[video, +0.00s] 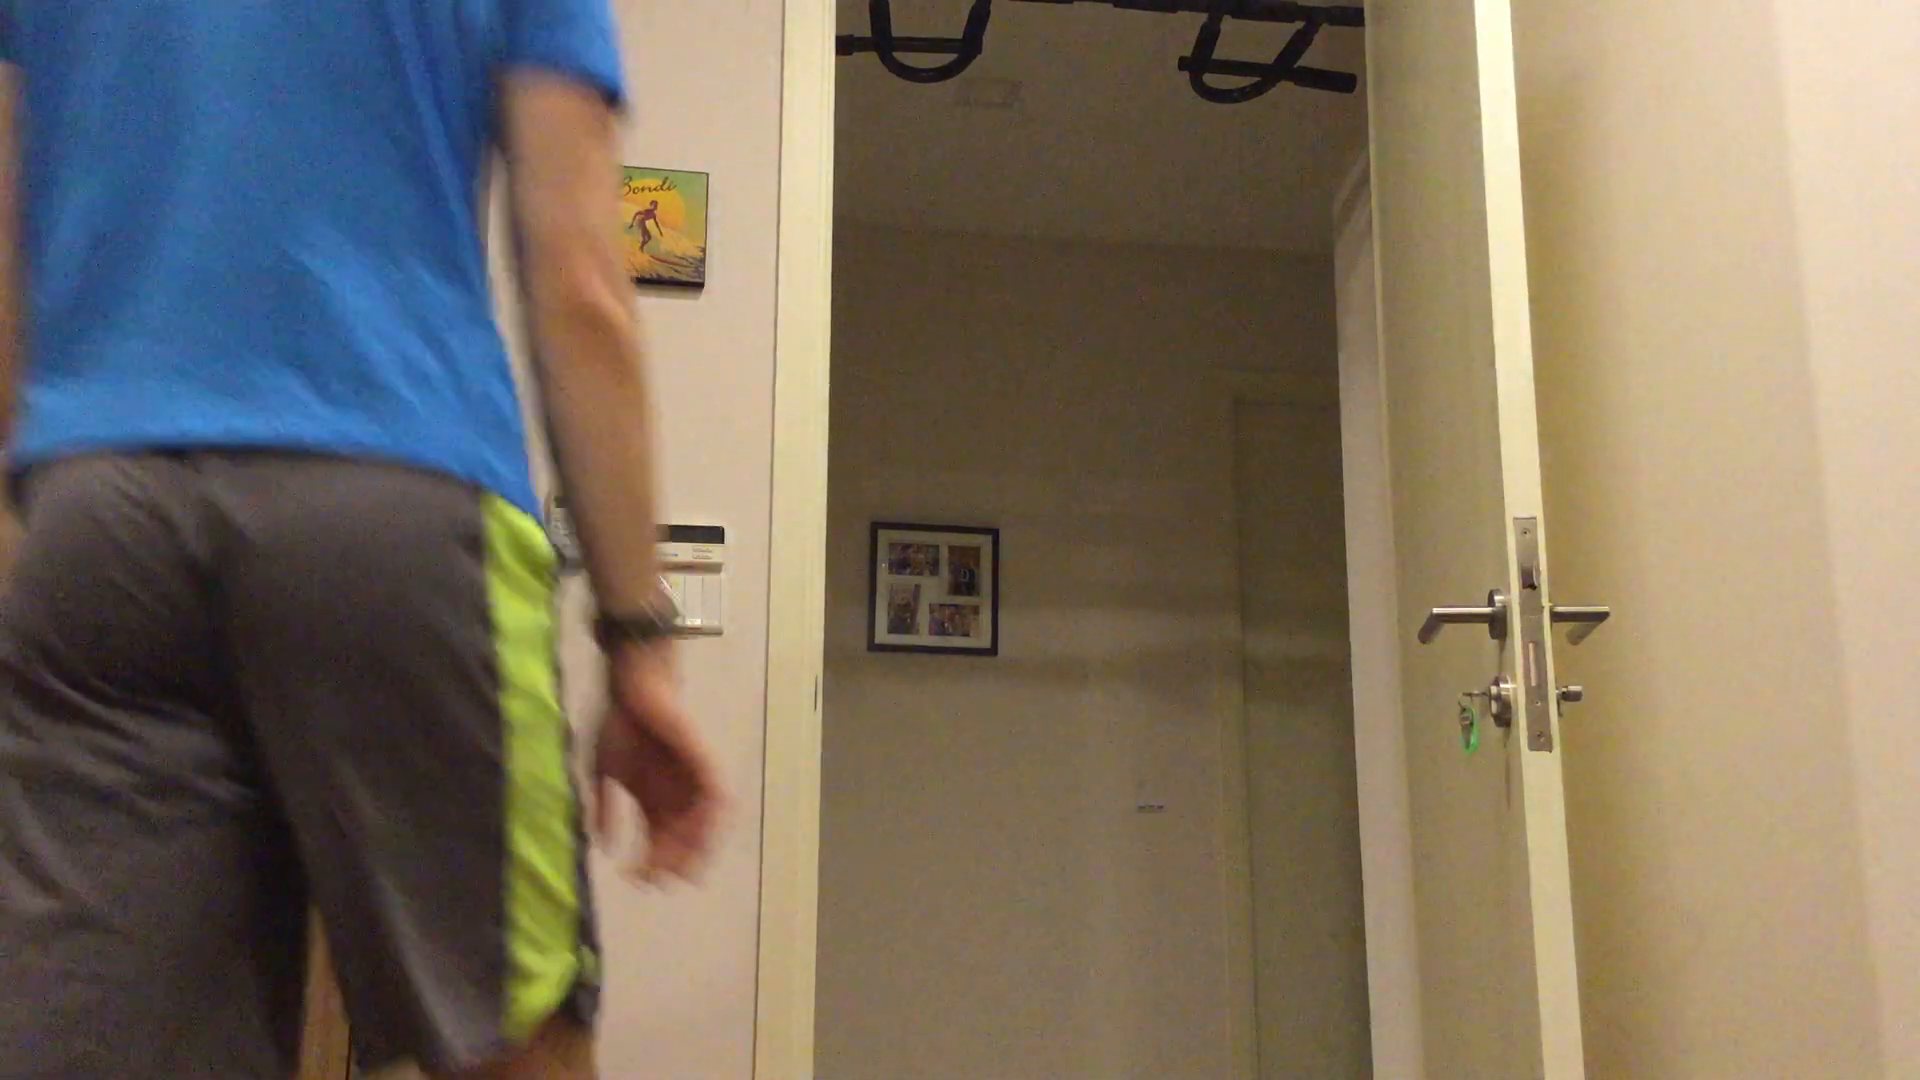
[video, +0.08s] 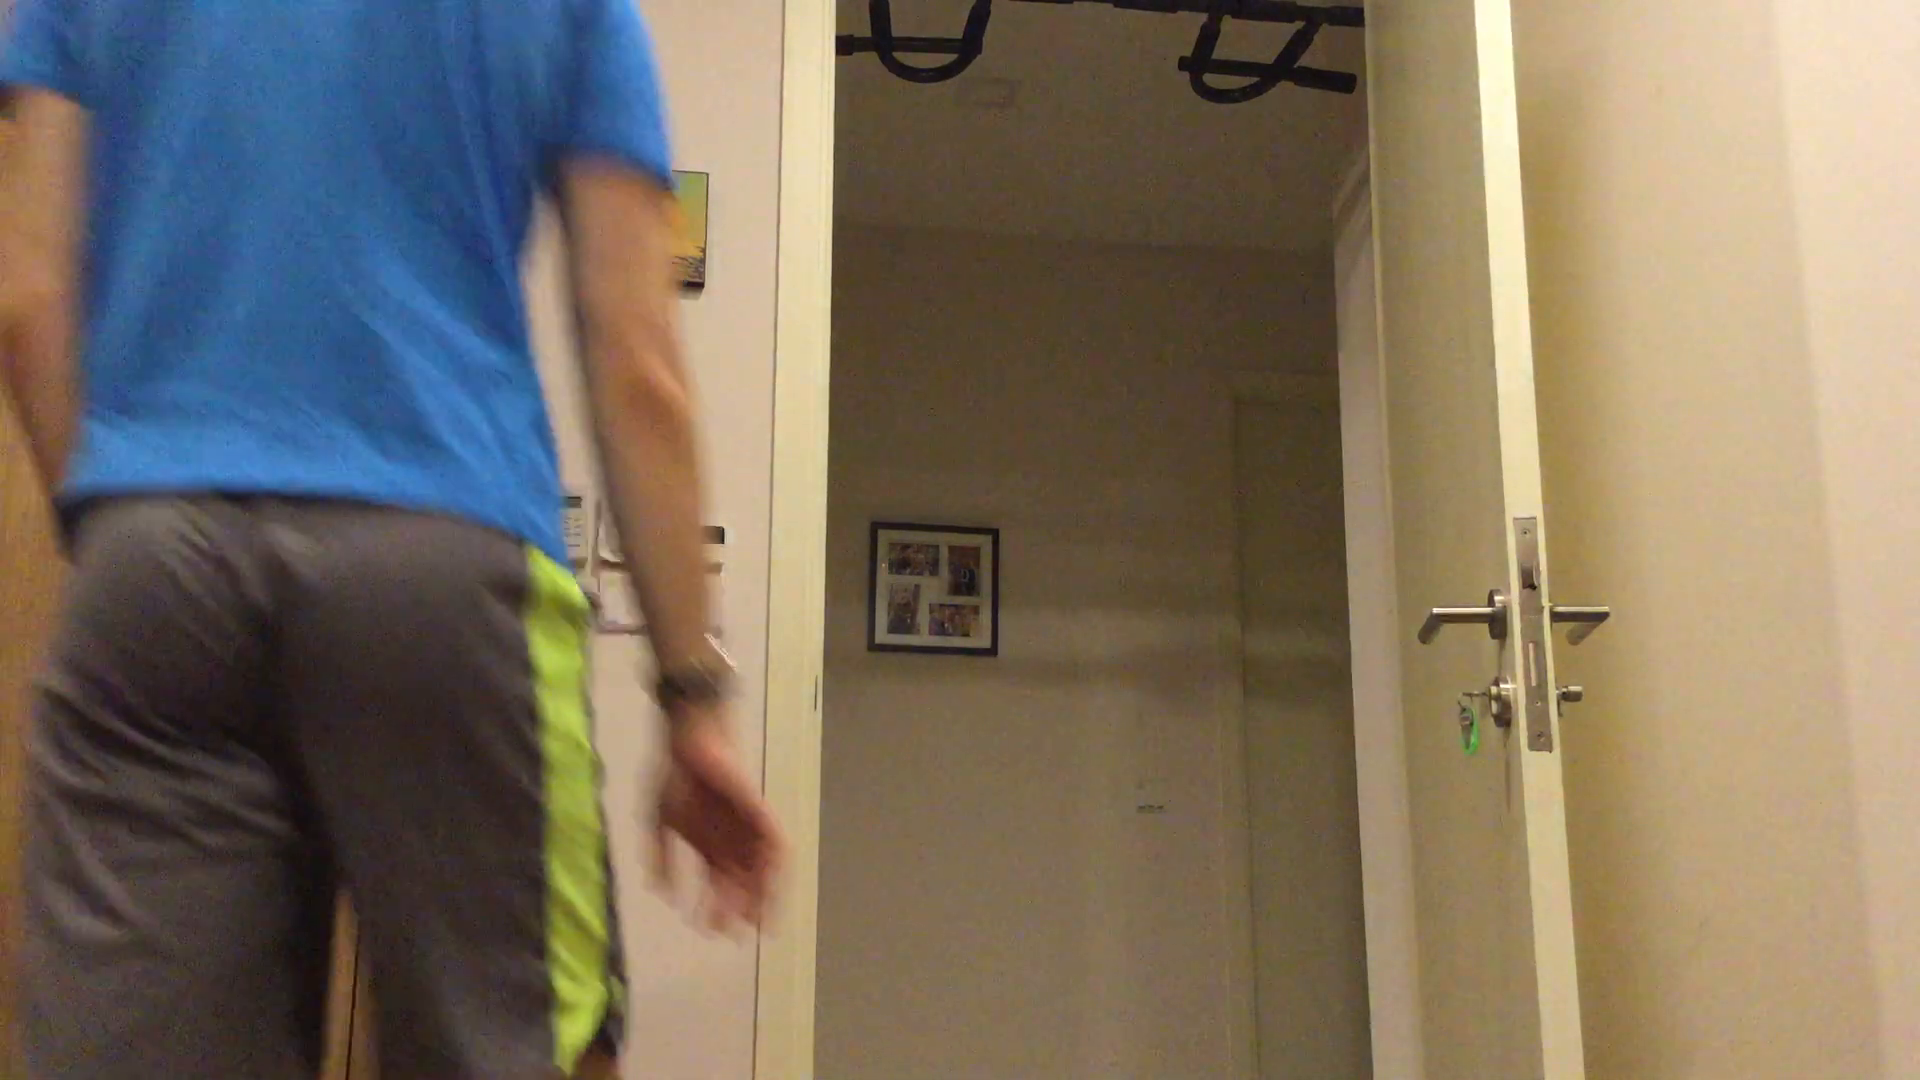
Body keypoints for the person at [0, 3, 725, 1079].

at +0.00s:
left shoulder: (47, 20)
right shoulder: (515, 7)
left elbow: (11, 255)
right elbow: (580, 284)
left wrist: (27, 492)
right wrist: (642, 641)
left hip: (86, 500)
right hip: (401, 517)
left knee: (104, 1051)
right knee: (513, 1042)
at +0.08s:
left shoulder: (79, 6)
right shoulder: (564, 11)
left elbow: (29, 304)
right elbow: (637, 356)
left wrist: (117, 548)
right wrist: (695, 697)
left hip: (151, 540)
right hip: (445, 560)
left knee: (134, 1054)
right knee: (511, 1054)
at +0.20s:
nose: (712, 52)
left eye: (717, 38)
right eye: (714, 31)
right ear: (673, 3)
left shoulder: (276, 23)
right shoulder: (657, 91)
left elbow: (132, 351)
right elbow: (736, 507)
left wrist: (166, 598)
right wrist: (794, 804)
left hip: (230, 603)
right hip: (500, 630)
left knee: (180, 1057)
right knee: (540, 1059)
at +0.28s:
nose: (760, 169)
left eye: (773, 148)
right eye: (767, 136)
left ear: (615, 46)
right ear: (728, 79)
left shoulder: (383, 89)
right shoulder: (724, 178)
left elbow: (209, 371)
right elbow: (792, 582)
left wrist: (228, 616)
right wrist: (856, 873)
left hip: (274, 618)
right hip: (532, 649)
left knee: (229, 1040)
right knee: (560, 1050)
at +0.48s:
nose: (894, 443)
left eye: (909, 426)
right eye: (905, 412)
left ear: (787, 302)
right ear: (878, 352)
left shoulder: (560, 278)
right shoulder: (838, 387)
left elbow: (340, 437)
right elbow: (898, 770)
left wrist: (310, 670)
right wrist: (975, 1041)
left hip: (356, 556)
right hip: (583, 599)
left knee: (288, 1025)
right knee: (642, 1044)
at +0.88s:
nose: (962, 659)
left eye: (985, 652)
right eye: (982, 631)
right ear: (963, 557)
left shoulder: (725, 468)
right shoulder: (920, 577)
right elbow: (931, 923)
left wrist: (698, 1022)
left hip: (410, 536)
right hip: (616, 585)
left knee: (291, 1030)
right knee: (651, 1047)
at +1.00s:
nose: (981, 676)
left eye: (1004, 671)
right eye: (1002, 649)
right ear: (982, 573)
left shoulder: (745, 484)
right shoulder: (932, 594)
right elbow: (917, 946)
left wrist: (698, 1019)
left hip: (415, 539)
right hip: (614, 582)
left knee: (299, 1035)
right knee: (644, 1047)